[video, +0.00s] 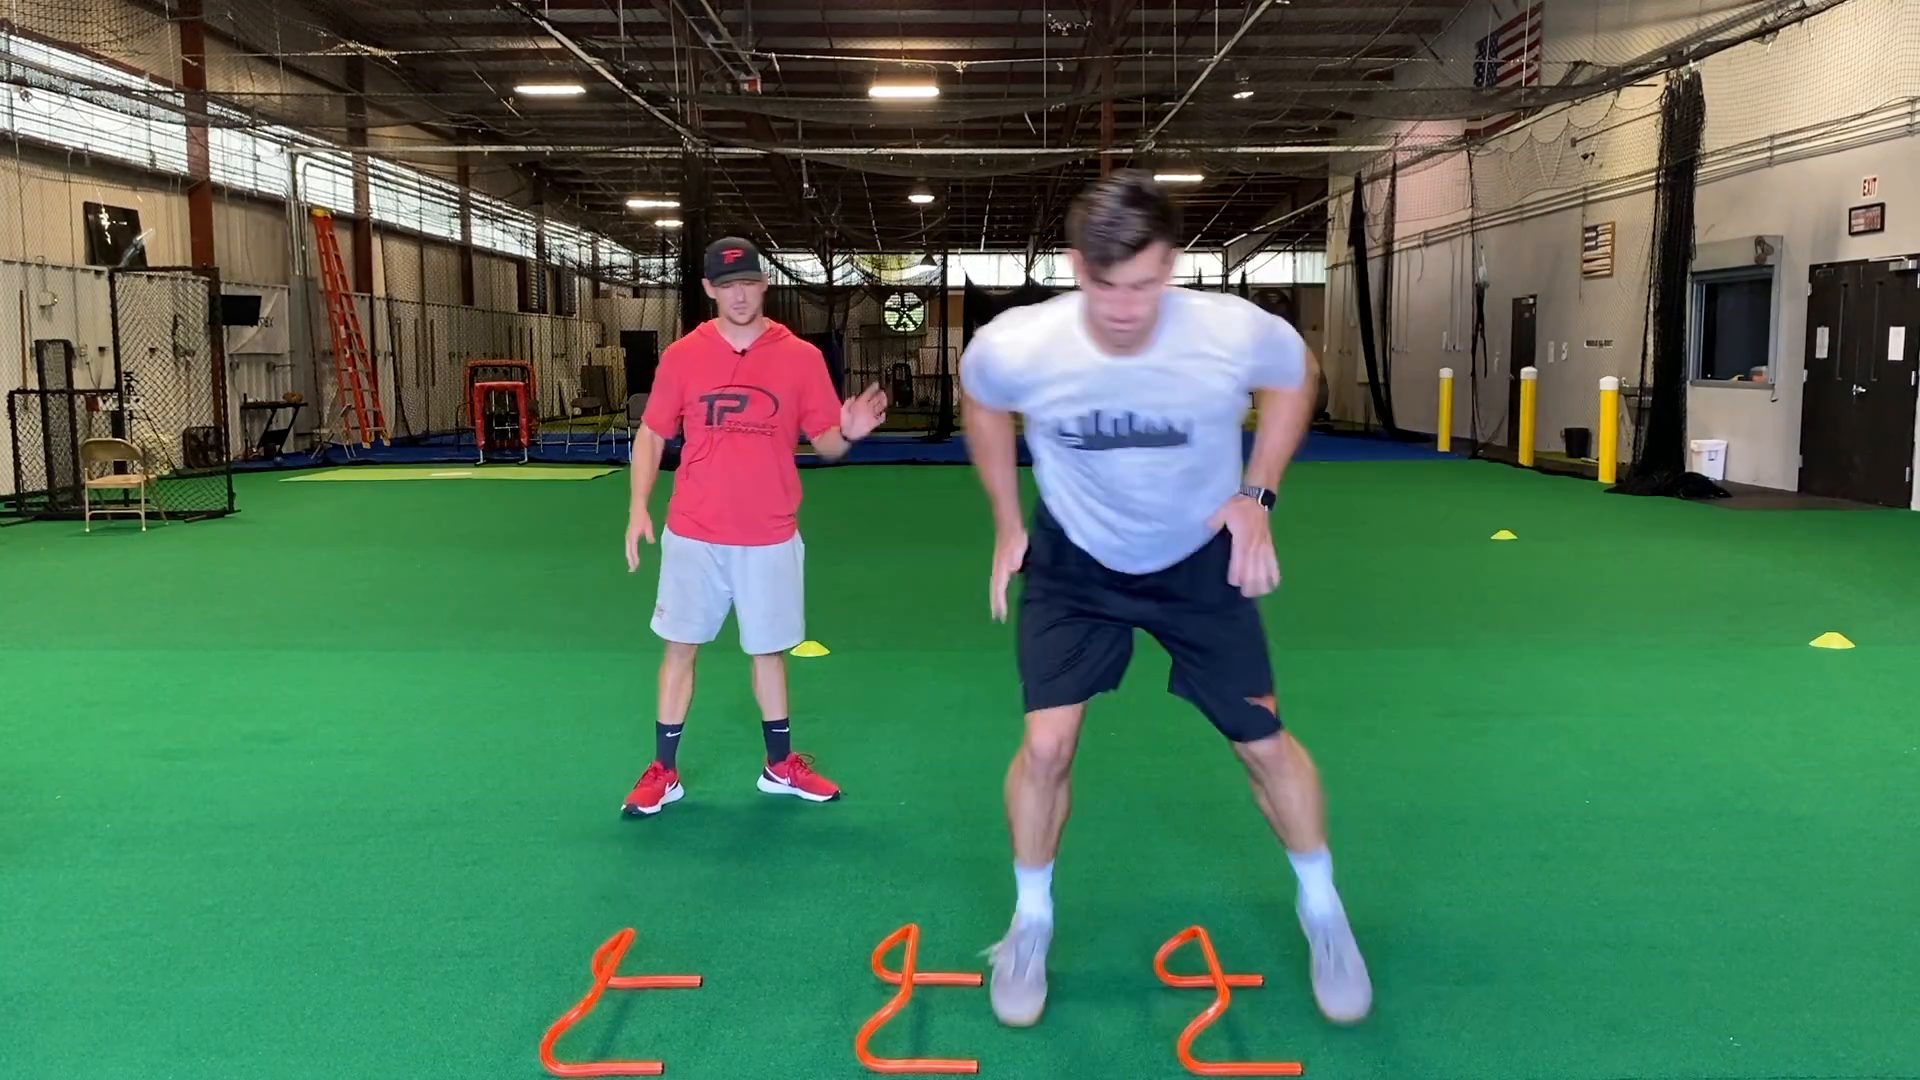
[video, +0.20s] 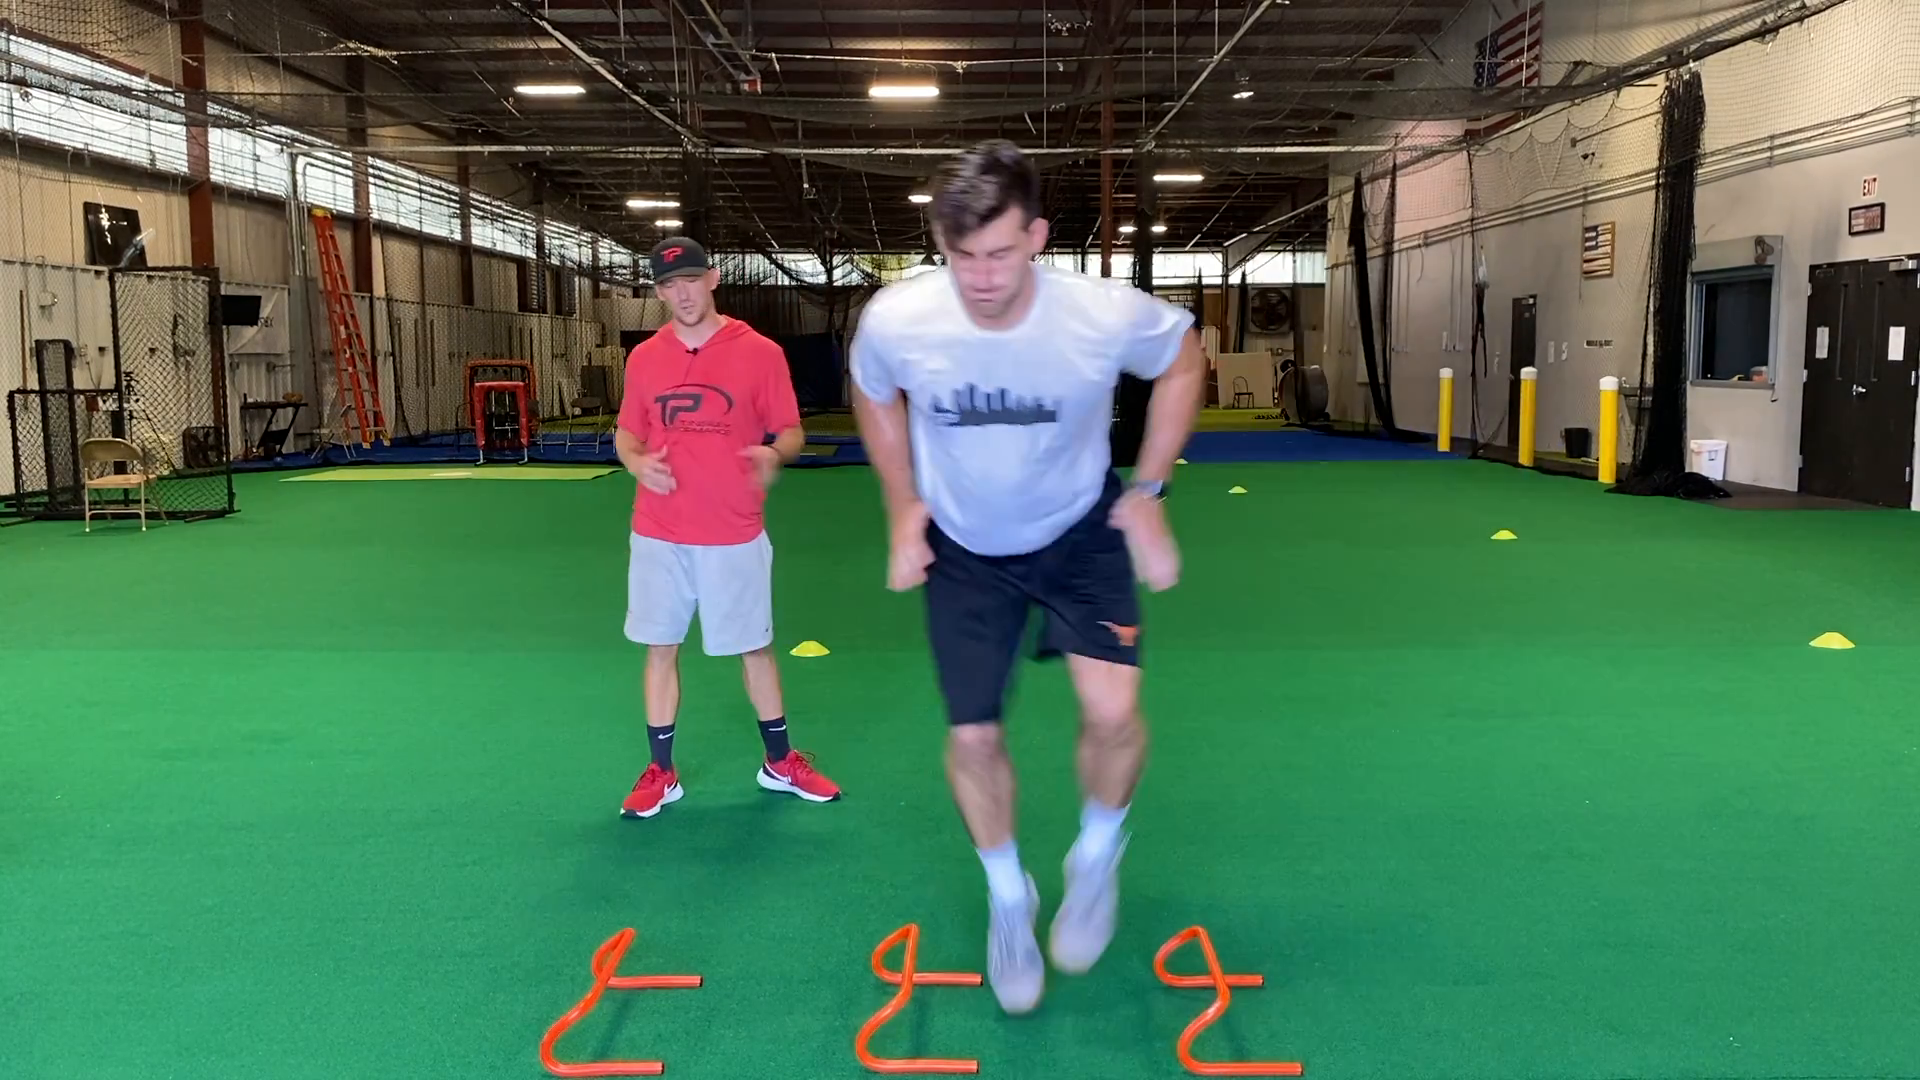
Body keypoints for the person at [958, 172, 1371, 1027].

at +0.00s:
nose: (1127, 305)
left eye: (1144, 285)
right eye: (1109, 286)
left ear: (1171, 269)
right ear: (1076, 270)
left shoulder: (1228, 331)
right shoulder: (1013, 347)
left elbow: (1294, 371)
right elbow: (981, 403)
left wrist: (1258, 493)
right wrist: (1007, 523)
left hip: (1200, 561)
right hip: (1074, 562)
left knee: (1261, 739)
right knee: (1047, 744)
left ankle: (1324, 915)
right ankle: (1030, 924)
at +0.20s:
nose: (982, 274)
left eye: (1000, 254)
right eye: (966, 256)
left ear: (1038, 240)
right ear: (944, 246)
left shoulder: (1099, 312)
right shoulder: (895, 321)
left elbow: (1184, 352)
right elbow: (872, 393)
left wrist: (1145, 490)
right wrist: (903, 513)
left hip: (1081, 537)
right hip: (962, 548)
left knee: (1113, 712)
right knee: (973, 737)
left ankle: (1097, 857)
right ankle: (1009, 901)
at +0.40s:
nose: (849, 269)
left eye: (868, 249)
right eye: (833, 250)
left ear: (911, 236)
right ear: (815, 245)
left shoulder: (983, 321)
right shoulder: (774, 325)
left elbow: (1062, 385)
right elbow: (756, 403)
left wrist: (1008, 498)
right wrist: (774, 519)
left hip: (960, 569)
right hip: (837, 569)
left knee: (999, 745)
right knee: (801, 737)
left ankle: (1030, 935)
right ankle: (766, 896)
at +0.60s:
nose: (734, 274)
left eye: (751, 255)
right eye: (717, 256)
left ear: (792, 242)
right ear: (697, 249)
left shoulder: (862, 328)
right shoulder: (656, 318)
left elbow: (954, 384)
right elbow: (642, 397)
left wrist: (916, 513)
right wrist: (660, 507)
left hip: (833, 546)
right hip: (715, 549)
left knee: (846, 719)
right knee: (690, 741)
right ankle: (720, 922)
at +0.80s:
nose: (608, 288)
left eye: (627, 267)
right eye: (592, 267)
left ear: (672, 251)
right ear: (575, 261)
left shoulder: (748, 344)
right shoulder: (553, 327)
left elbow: (852, 418)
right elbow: (555, 398)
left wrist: (781, 535)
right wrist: (561, 520)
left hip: (721, 580)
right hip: (601, 565)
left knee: (736, 767)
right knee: (529, 715)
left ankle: (761, 937)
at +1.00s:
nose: (484, 341)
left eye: (504, 320)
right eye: (471, 320)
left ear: (553, 307)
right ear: (453, 311)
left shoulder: (630, 391)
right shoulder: (436, 364)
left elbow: (752, 438)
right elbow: (436, 432)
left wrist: (705, 567)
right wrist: (437, 539)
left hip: (638, 590)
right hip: (519, 597)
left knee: (649, 750)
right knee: (487, 784)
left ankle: (696, 762)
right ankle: (472, 969)